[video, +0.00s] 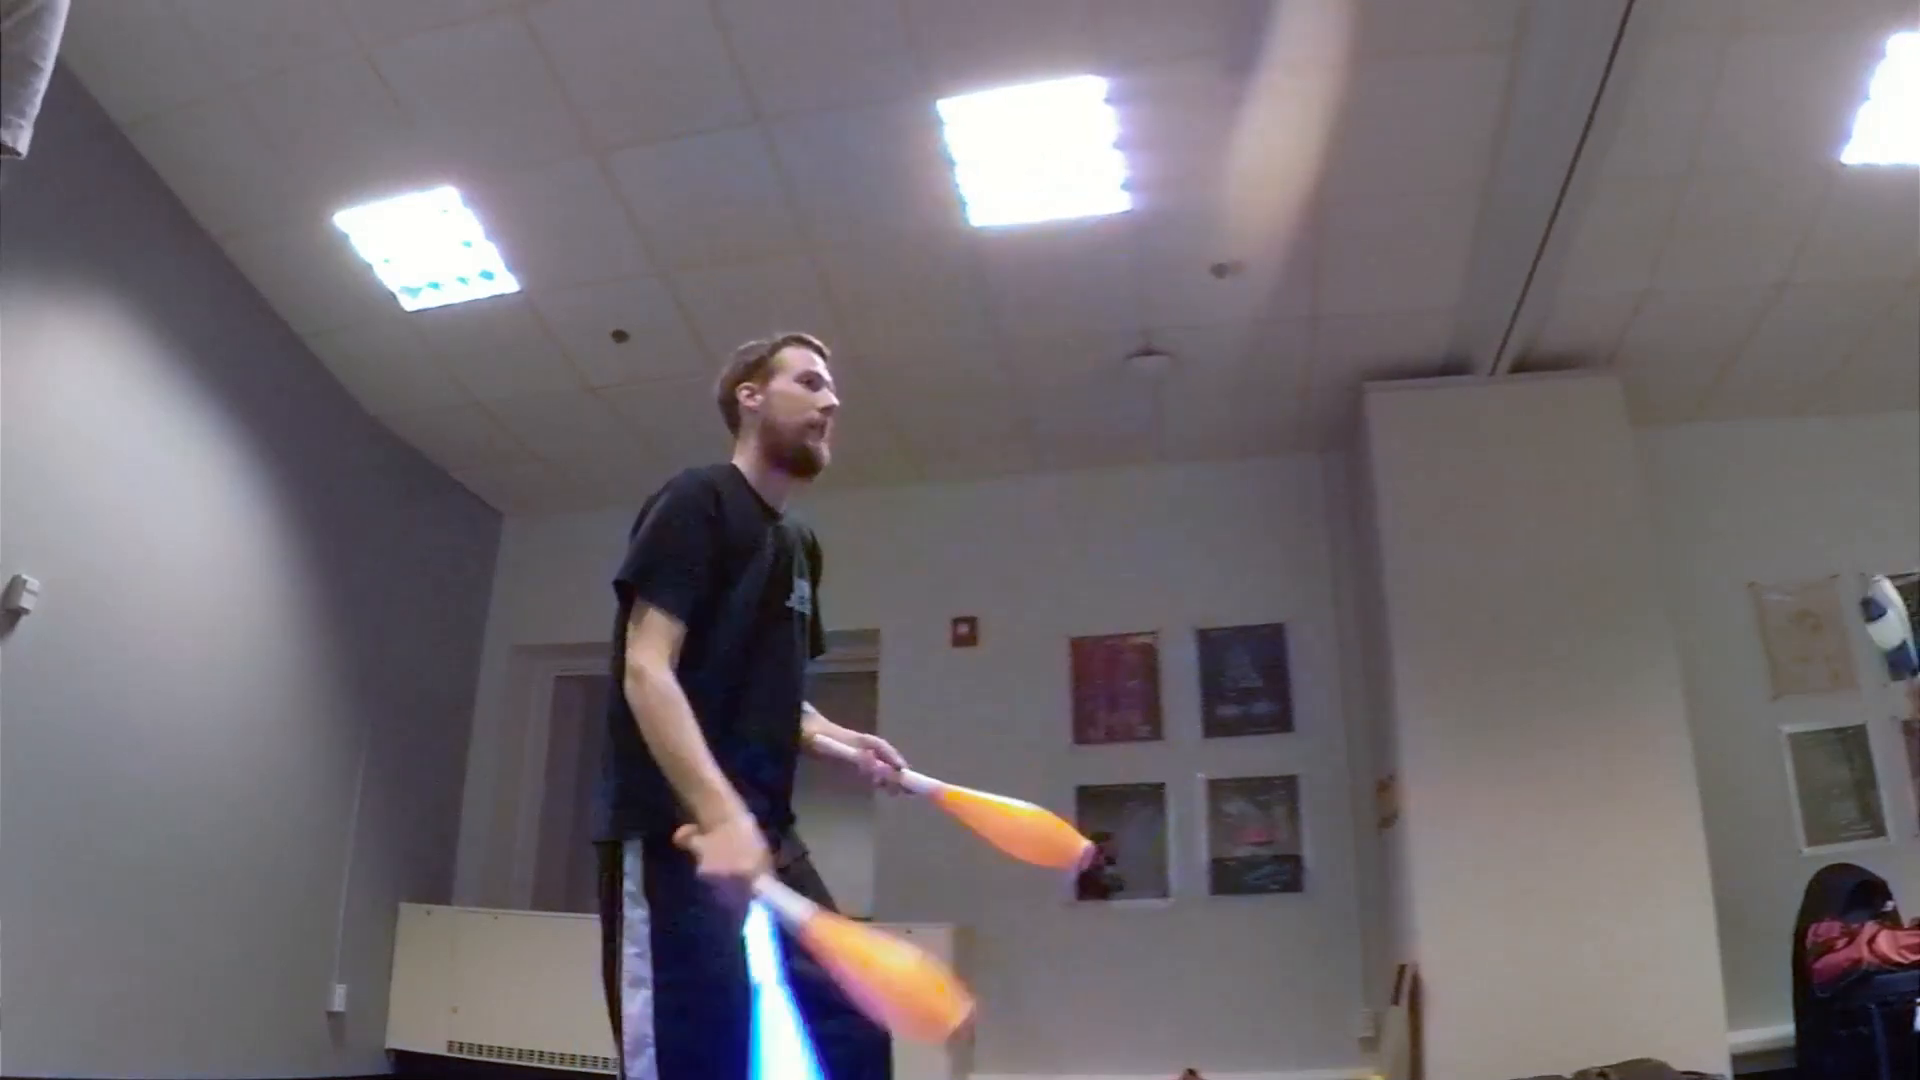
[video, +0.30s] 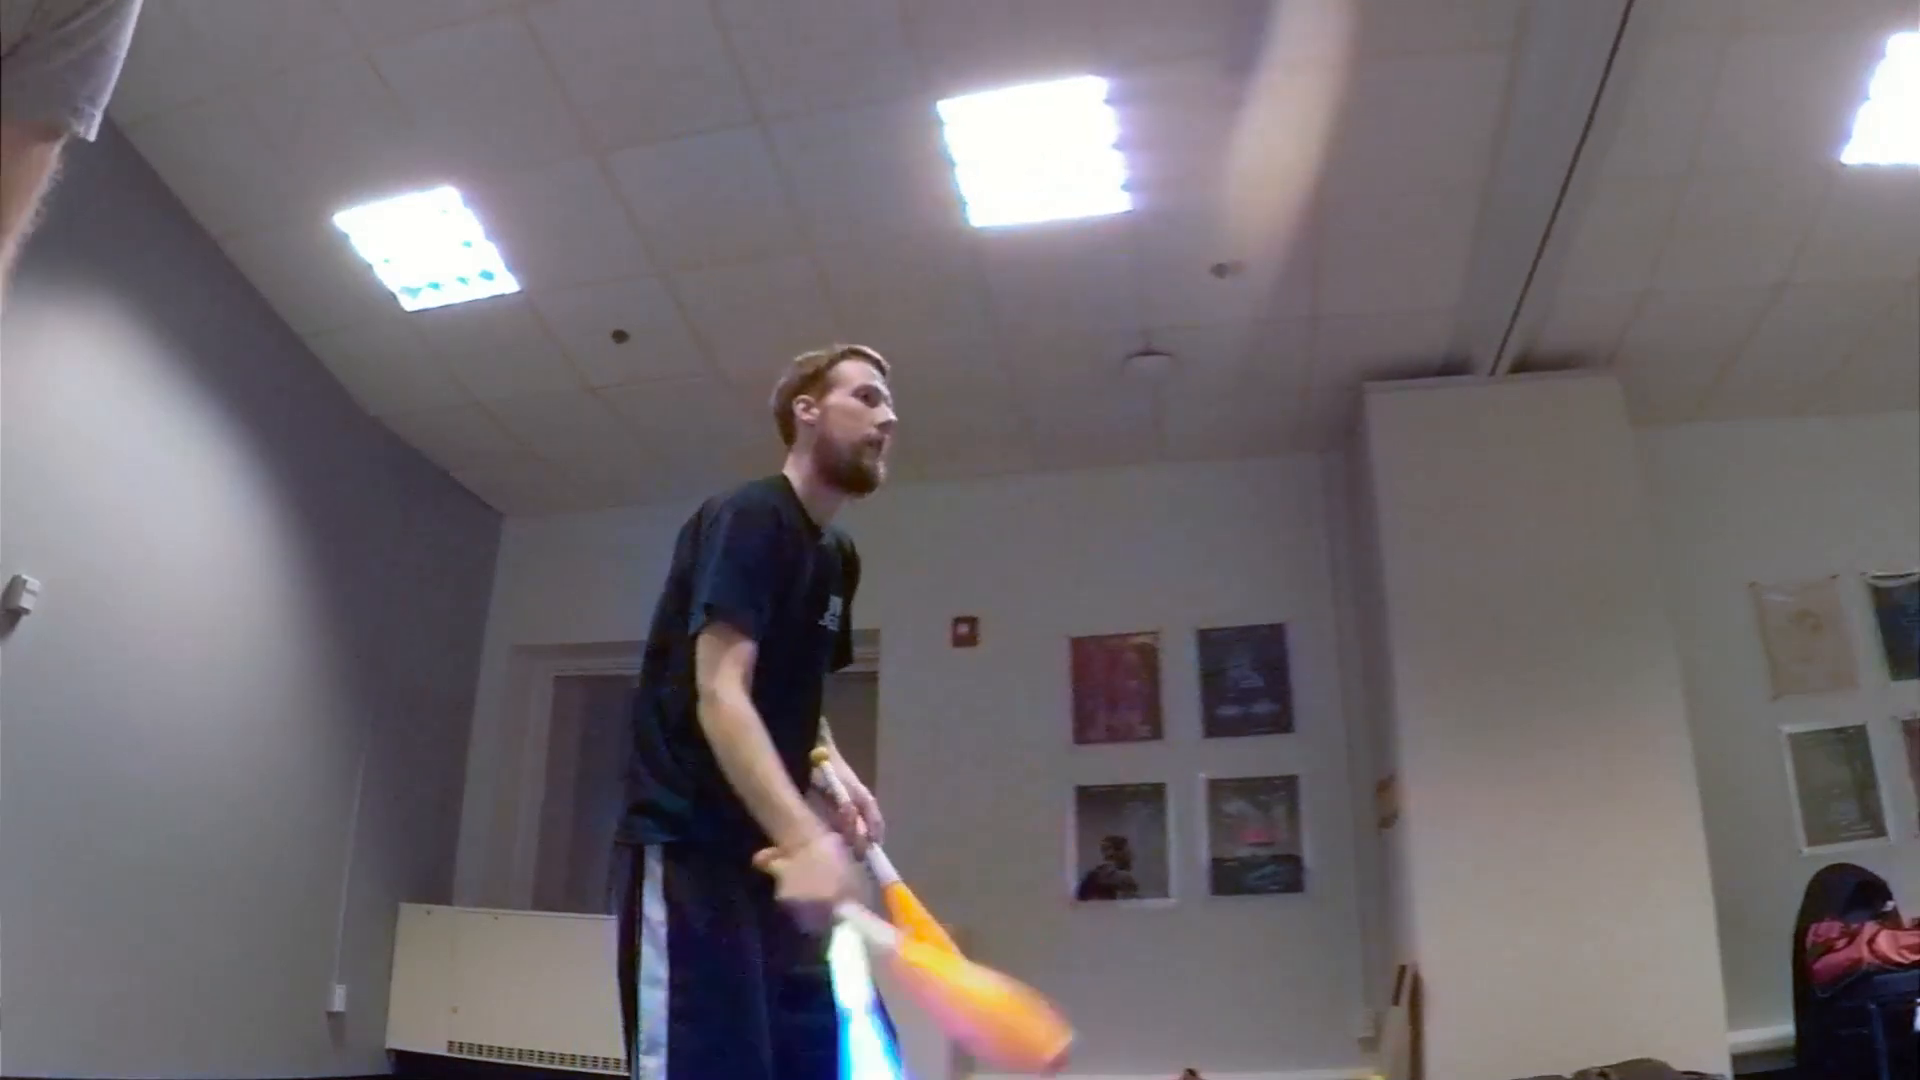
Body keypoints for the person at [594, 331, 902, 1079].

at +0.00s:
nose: (831, 399)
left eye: (832, 389)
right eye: (809, 381)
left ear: (831, 413)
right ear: (748, 397)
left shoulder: (798, 545)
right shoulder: (697, 499)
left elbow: (761, 696)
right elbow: (645, 668)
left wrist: (843, 746)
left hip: (762, 838)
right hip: (671, 841)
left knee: (854, 1040)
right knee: (690, 1060)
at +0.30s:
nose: (887, 415)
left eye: (889, 404)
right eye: (866, 395)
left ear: (882, 434)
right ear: (804, 411)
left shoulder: (836, 556)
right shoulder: (750, 515)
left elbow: (792, 690)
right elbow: (717, 690)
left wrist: (832, 769)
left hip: (771, 859)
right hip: (685, 855)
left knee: (804, 1062)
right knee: (707, 1063)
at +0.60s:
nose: (913, 391)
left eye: (915, 381)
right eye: (892, 370)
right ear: (832, 383)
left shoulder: (855, 538)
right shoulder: (782, 467)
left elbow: (848, 686)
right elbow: (869, 551)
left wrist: (869, 753)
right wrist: (1038, 529)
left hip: (794, 828)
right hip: (710, 816)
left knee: (845, 1053)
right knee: (696, 1054)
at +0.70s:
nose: (909, 385)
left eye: (911, 375)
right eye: (888, 363)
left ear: (904, 409)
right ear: (828, 376)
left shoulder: (868, 537)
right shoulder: (776, 453)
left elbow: (855, 679)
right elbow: (820, 555)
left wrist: (883, 740)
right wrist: (995, 535)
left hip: (809, 832)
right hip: (711, 821)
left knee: (843, 1056)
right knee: (691, 1057)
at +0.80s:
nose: (899, 375)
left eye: (900, 366)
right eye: (876, 356)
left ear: (897, 403)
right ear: (817, 374)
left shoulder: (873, 531)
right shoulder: (755, 450)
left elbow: (864, 671)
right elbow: (739, 585)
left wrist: (902, 715)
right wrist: (901, 592)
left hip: (814, 830)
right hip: (709, 818)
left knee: (851, 1052)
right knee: (686, 1055)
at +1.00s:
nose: (885, 367)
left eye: (884, 357)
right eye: (862, 348)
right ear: (802, 365)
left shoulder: (867, 524)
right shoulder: (731, 463)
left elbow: (918, 644)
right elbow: (644, 614)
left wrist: (992, 558)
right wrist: (734, 712)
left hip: (822, 836)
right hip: (709, 825)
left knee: (883, 1046)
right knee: (694, 1056)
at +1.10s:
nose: (888, 371)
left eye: (886, 359)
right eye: (863, 352)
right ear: (804, 370)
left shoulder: (871, 524)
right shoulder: (741, 474)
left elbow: (966, 611)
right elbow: (667, 631)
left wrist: (1042, 501)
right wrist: (735, 779)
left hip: (832, 843)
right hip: (718, 831)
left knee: (892, 1053)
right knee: (681, 1060)